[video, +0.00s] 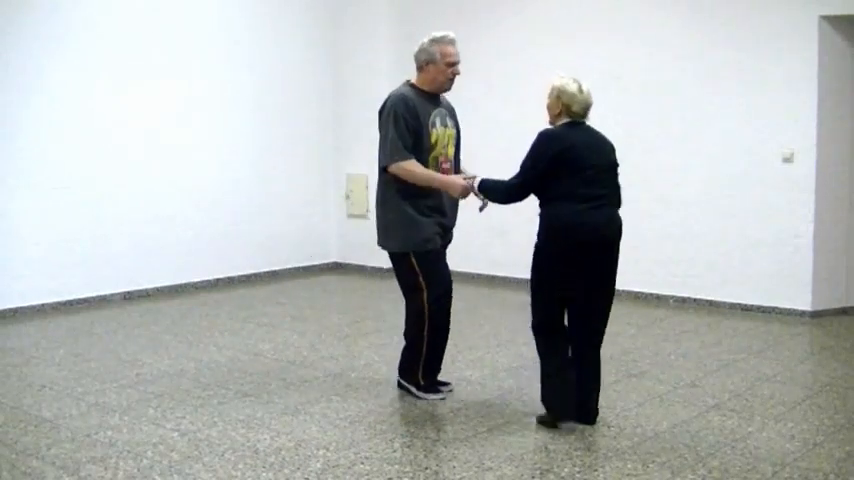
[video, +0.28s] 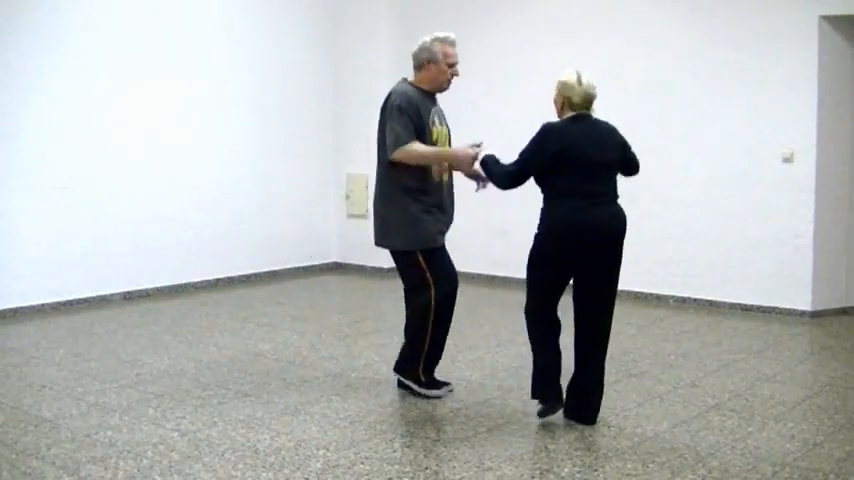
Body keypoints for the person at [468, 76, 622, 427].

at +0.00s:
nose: (546, 106)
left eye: (549, 101)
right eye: (547, 100)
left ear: (557, 106)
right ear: (584, 107)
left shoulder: (550, 140)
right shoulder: (603, 144)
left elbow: (515, 190)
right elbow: (614, 199)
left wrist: (476, 184)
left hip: (558, 245)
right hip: (601, 247)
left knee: (547, 321)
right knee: (588, 326)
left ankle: (557, 406)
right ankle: (585, 409)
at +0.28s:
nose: (552, 102)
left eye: (554, 98)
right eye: (554, 97)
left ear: (562, 101)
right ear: (590, 102)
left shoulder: (551, 134)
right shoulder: (608, 133)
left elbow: (510, 178)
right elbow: (631, 167)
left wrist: (483, 159)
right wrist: (598, 153)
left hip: (559, 234)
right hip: (605, 236)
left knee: (540, 309)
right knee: (594, 319)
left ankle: (549, 394)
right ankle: (584, 408)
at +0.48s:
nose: (559, 107)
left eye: (560, 103)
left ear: (562, 107)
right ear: (595, 108)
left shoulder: (547, 141)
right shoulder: (612, 143)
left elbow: (507, 189)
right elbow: (649, 182)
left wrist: (462, 187)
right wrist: (619, 160)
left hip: (553, 248)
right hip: (602, 249)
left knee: (549, 327)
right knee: (592, 327)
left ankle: (551, 417)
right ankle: (584, 408)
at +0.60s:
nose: (602, 113)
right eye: (601, 108)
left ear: (561, 109)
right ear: (597, 111)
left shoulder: (544, 142)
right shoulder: (612, 145)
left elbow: (509, 192)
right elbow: (655, 198)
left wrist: (465, 198)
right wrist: (636, 202)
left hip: (550, 247)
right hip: (603, 249)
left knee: (550, 329)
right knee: (595, 325)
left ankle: (553, 420)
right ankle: (586, 408)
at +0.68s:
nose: (609, 113)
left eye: (609, 107)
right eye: (608, 107)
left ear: (567, 106)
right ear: (597, 107)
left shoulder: (546, 139)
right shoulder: (613, 142)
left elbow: (515, 187)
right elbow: (645, 187)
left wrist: (485, 194)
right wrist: (669, 201)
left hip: (550, 247)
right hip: (601, 248)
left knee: (551, 330)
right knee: (599, 325)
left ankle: (552, 421)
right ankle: (593, 412)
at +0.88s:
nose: (631, 103)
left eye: (629, 96)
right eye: (626, 97)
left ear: (593, 101)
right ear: (605, 101)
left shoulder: (563, 134)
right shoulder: (617, 138)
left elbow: (534, 185)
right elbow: (644, 187)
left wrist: (528, 167)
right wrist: (700, 193)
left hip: (556, 247)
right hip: (603, 250)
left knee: (559, 330)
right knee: (614, 334)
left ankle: (550, 423)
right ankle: (600, 425)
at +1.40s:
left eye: (583, 99)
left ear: (583, 105)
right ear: (617, 107)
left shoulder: (564, 139)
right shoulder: (633, 146)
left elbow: (519, 180)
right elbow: (682, 191)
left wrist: (494, 166)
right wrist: (733, 190)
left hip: (561, 250)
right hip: (614, 256)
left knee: (536, 328)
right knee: (613, 341)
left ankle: (521, 413)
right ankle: (607, 438)